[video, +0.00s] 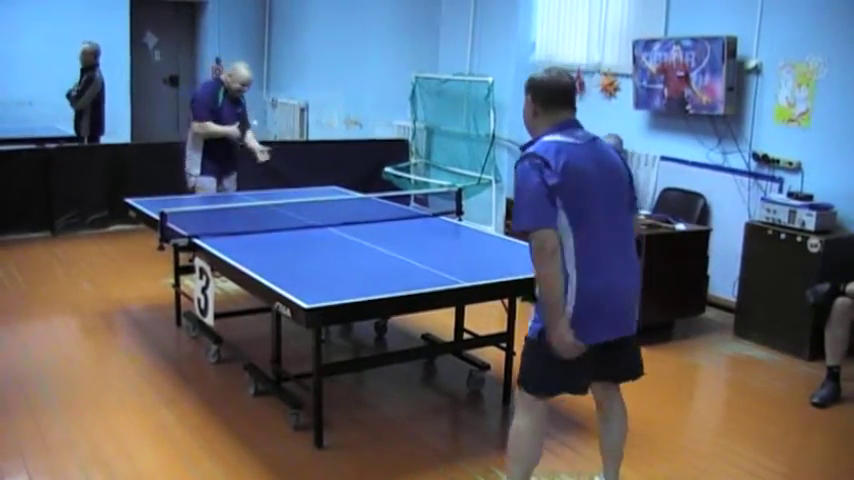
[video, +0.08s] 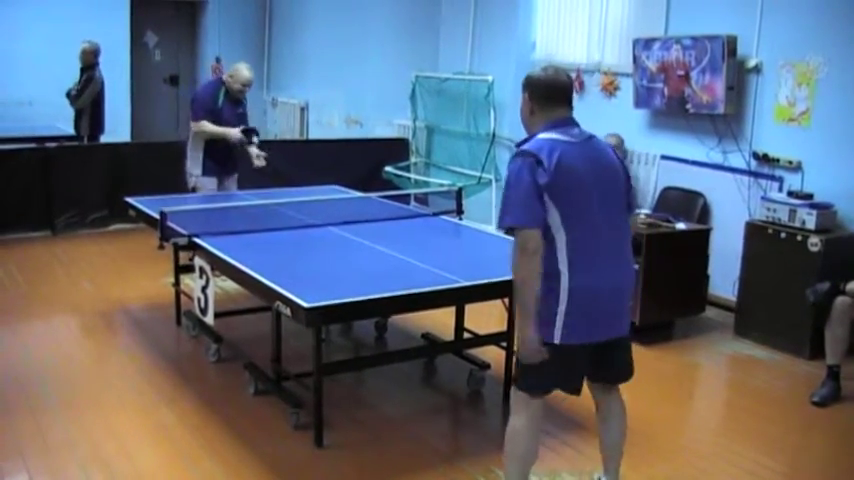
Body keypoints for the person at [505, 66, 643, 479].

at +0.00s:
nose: (524, 112)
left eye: (524, 104)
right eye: (525, 105)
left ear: (531, 106)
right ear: (572, 104)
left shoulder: (536, 160)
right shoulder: (609, 153)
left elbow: (545, 245)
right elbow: (628, 226)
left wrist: (556, 322)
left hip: (571, 314)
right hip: (619, 308)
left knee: (529, 402)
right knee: (608, 391)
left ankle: (517, 475)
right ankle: (611, 475)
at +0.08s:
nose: (520, 110)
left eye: (522, 103)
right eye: (524, 102)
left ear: (528, 105)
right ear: (569, 104)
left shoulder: (531, 158)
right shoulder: (607, 152)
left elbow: (529, 245)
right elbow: (625, 225)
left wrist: (525, 325)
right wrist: (626, 297)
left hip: (558, 311)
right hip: (612, 307)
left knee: (526, 402)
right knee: (607, 390)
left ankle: (514, 475)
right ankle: (611, 474)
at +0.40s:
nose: (535, 125)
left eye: (536, 118)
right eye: (538, 118)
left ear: (542, 120)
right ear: (582, 121)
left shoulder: (542, 165)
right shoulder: (612, 163)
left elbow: (490, 242)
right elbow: (613, 232)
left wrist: (442, 284)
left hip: (575, 309)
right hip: (629, 303)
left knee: (517, 393)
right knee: (633, 380)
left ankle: (511, 473)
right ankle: (651, 463)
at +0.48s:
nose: (547, 136)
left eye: (549, 130)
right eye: (550, 129)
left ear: (556, 130)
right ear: (593, 131)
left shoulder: (555, 173)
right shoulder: (620, 171)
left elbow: (503, 245)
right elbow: (619, 238)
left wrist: (451, 283)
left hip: (588, 312)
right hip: (640, 306)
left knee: (520, 391)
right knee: (643, 379)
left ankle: (512, 473)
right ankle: (671, 459)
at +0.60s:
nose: (565, 154)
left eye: (566, 146)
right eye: (565, 147)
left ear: (576, 145)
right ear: (610, 144)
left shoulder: (587, 182)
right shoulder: (636, 180)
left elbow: (564, 263)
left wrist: (521, 329)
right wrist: (582, 284)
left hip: (620, 314)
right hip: (663, 308)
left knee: (549, 399)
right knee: (647, 380)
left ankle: (519, 472)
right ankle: (675, 462)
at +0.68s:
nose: (573, 156)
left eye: (574, 148)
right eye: (573, 148)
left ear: (584, 146)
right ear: (615, 144)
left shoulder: (606, 188)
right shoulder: (635, 178)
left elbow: (616, 267)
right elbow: (628, 257)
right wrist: (598, 305)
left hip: (639, 315)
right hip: (669, 308)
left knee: (577, 401)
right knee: (650, 385)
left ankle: (539, 473)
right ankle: (675, 462)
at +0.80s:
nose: (587, 156)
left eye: (587, 147)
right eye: (586, 148)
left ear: (599, 143)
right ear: (624, 140)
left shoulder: (634, 179)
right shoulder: (640, 174)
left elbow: (660, 238)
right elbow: (609, 242)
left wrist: (645, 315)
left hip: (659, 312)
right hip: (677, 307)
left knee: (604, 401)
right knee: (654, 382)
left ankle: (576, 474)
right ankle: (675, 462)